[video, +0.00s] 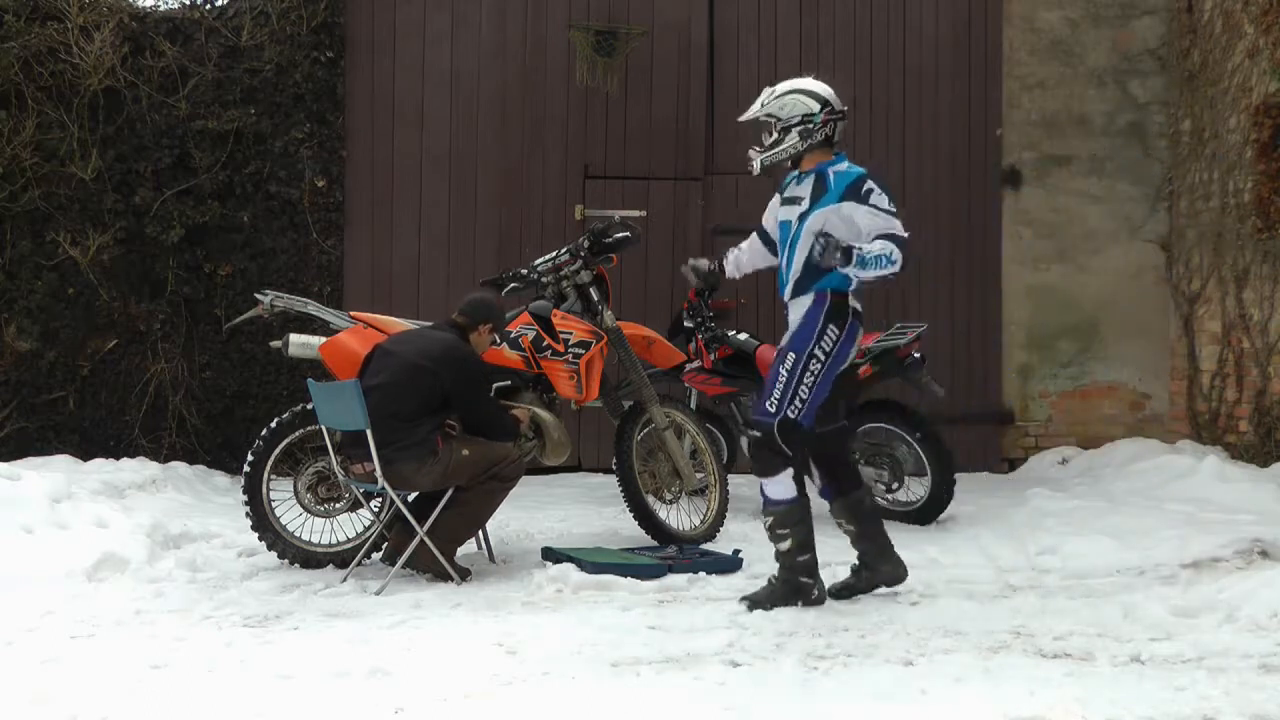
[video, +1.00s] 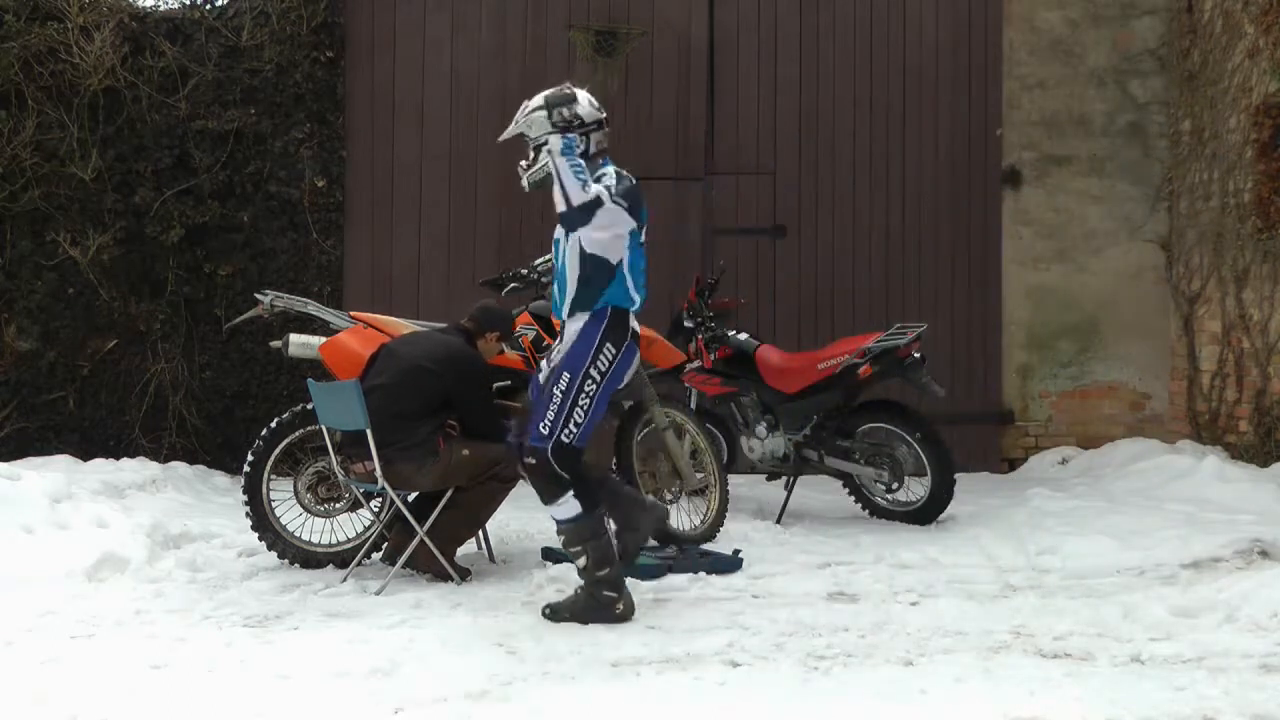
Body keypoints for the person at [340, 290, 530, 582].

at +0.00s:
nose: (491, 346)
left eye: (494, 339)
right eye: (493, 337)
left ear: (458, 318)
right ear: (483, 329)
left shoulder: (404, 337)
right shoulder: (462, 358)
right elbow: (489, 427)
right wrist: (515, 419)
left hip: (357, 456)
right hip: (400, 461)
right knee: (508, 464)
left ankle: (402, 543)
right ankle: (435, 550)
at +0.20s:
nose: (491, 346)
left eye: (494, 340)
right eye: (493, 338)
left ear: (458, 317)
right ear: (483, 329)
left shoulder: (403, 337)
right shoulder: (462, 358)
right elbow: (490, 428)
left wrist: (494, 409)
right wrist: (514, 418)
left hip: (357, 454)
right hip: (400, 461)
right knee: (508, 463)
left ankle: (402, 542)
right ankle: (435, 551)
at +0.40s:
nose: (490, 347)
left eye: (494, 340)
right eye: (493, 339)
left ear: (458, 317)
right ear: (483, 330)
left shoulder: (404, 337)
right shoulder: (461, 357)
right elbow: (490, 427)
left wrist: (492, 409)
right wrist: (514, 418)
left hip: (357, 454)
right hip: (401, 461)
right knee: (508, 463)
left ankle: (402, 542)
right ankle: (436, 551)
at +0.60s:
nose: (492, 347)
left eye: (495, 341)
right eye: (494, 340)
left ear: (461, 318)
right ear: (484, 331)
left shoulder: (406, 338)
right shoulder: (463, 359)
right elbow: (481, 424)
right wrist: (514, 428)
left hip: (357, 455)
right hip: (399, 461)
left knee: (466, 453)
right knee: (508, 464)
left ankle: (402, 542)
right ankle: (435, 551)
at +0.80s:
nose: (495, 352)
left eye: (499, 346)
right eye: (497, 344)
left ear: (464, 320)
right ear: (486, 334)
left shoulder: (406, 339)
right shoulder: (467, 363)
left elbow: (366, 392)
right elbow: (480, 427)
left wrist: (434, 424)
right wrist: (518, 441)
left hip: (359, 453)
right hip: (398, 462)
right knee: (508, 463)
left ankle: (403, 543)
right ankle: (435, 551)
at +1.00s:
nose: (499, 352)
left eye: (502, 345)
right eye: (501, 344)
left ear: (467, 323)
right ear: (490, 337)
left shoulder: (412, 339)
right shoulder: (468, 362)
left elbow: (366, 388)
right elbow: (486, 430)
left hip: (360, 453)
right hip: (399, 463)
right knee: (504, 463)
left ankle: (403, 543)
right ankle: (435, 552)